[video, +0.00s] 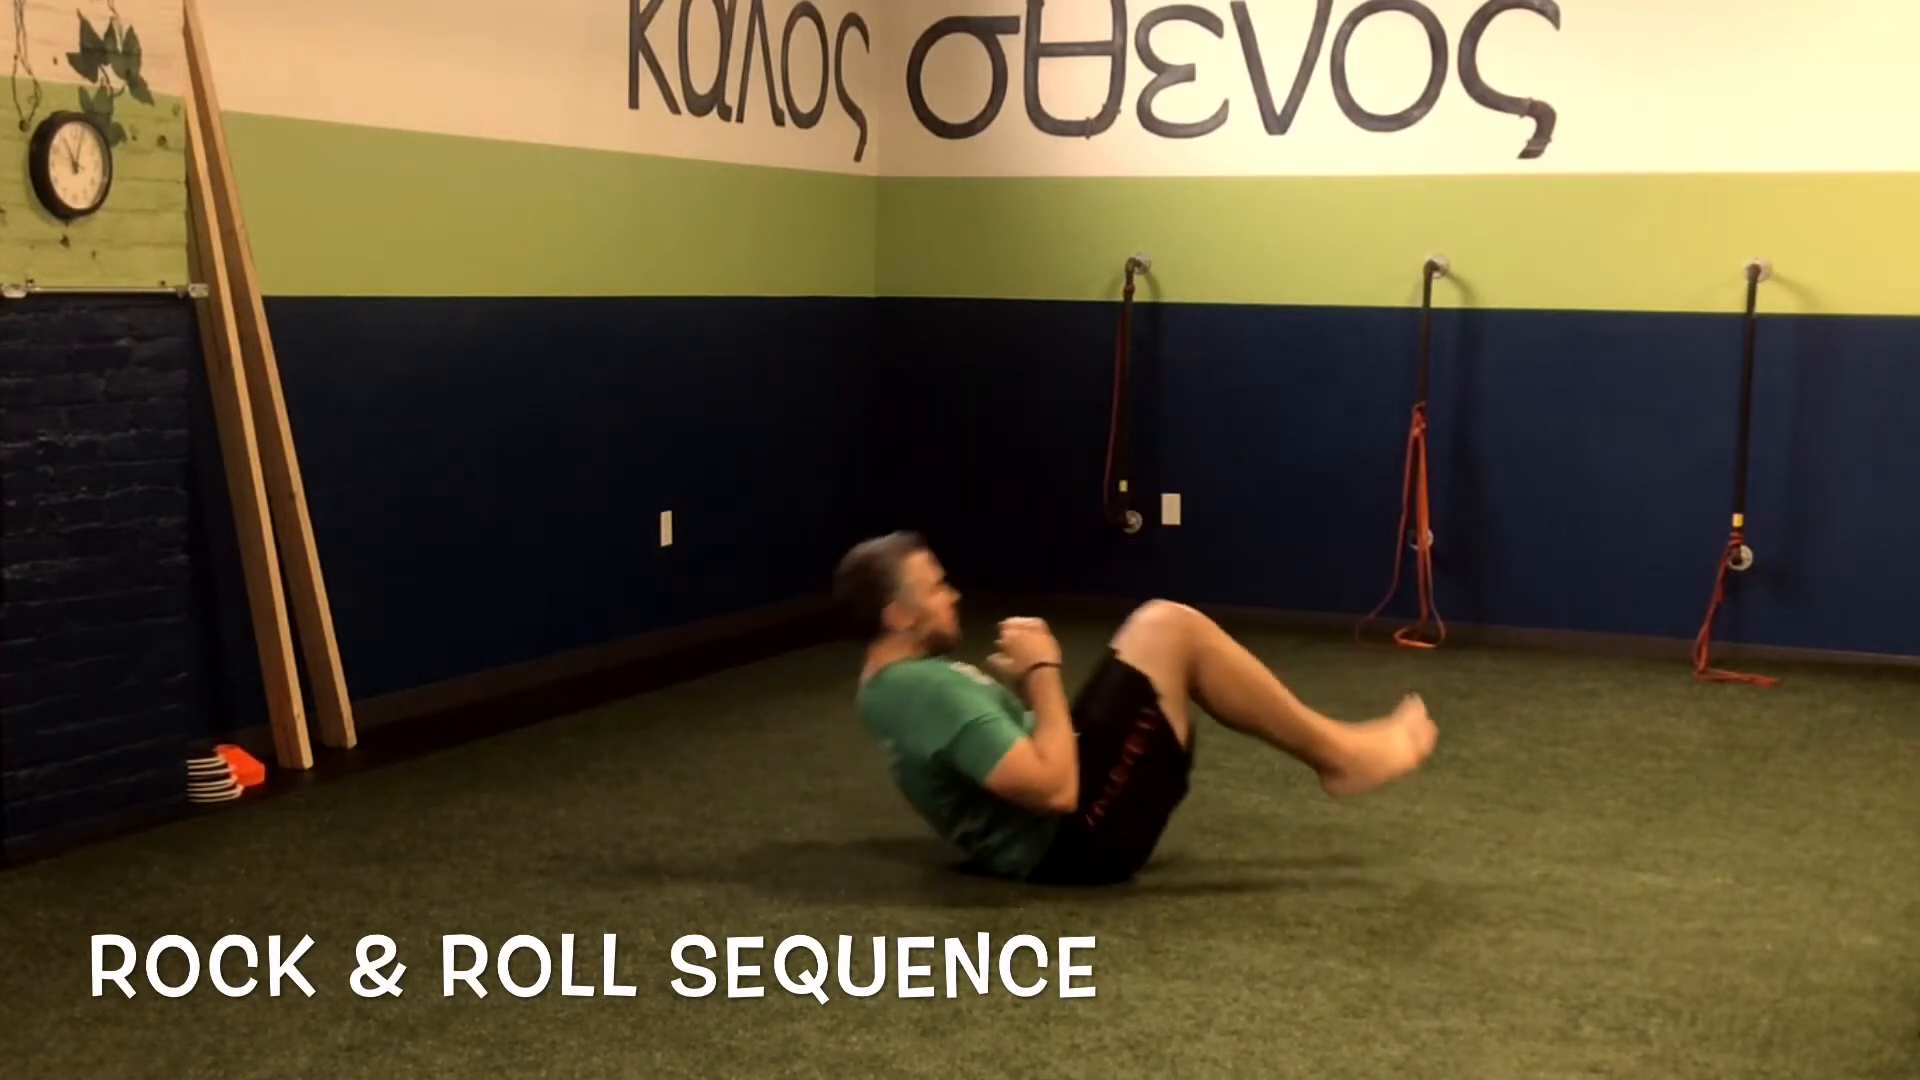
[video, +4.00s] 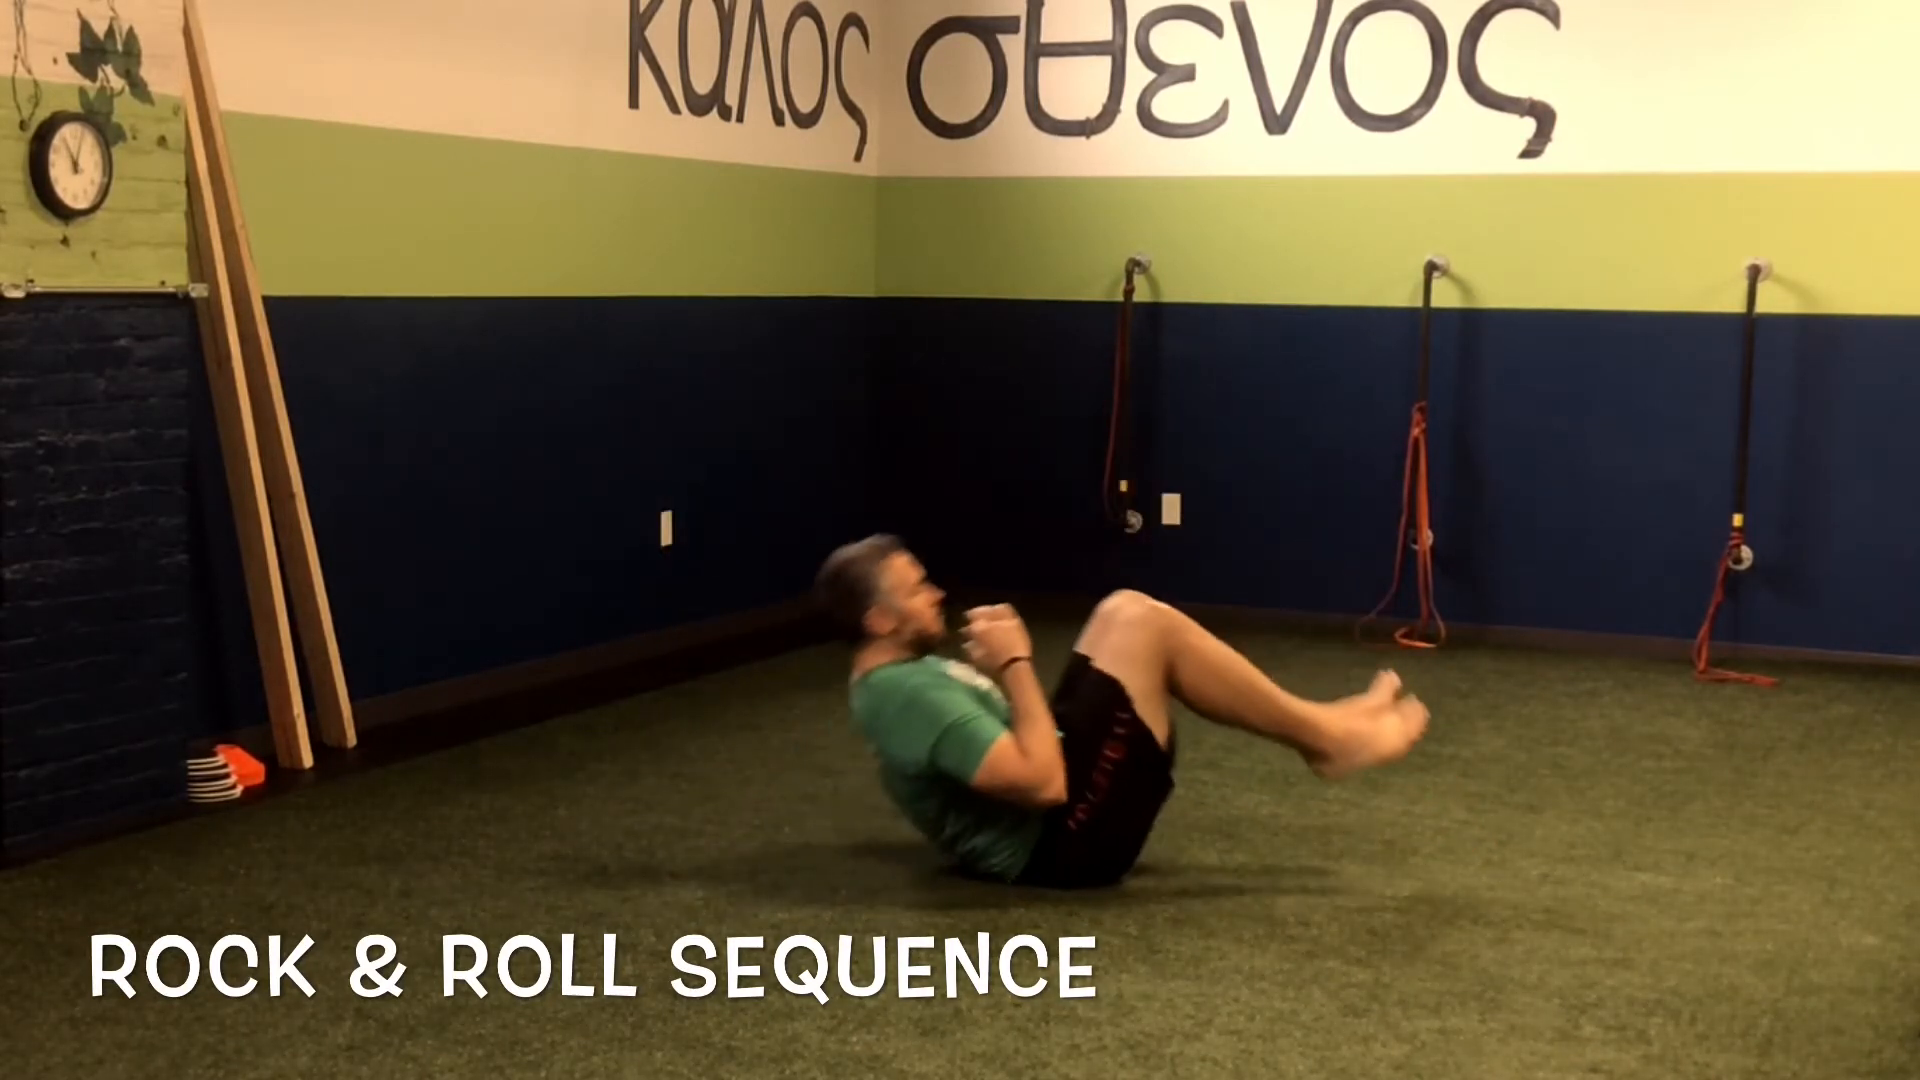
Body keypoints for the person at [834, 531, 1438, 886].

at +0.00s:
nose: (951, 591)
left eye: (940, 578)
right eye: (934, 584)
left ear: (894, 614)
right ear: (896, 615)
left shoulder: (899, 676)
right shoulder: (926, 692)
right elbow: (1056, 785)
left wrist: (1004, 682)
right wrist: (1044, 673)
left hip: (1050, 829)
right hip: (1077, 846)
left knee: (1159, 622)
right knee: (1169, 624)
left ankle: (1333, 749)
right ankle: (1342, 753)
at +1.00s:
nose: (1141, 541)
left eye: (1138, 527)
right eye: (1132, 527)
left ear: (1079, 534)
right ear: (1086, 535)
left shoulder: (1037, 602)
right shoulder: (1073, 624)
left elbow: (1090, 724)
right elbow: (1140, 768)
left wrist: (1147, 656)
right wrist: (1185, 673)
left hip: (1073, 820)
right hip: (1106, 841)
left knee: (1237, 660)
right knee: (1279, 678)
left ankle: (1382, 834)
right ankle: (1394, 847)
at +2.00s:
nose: (842, 641)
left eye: (829, 633)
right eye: (821, 643)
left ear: (811, 682)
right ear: (799, 688)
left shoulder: (861, 721)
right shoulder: (856, 748)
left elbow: (976, 773)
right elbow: (1001, 804)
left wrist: (940, 686)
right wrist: (950, 696)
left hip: (1050, 816)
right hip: (1063, 836)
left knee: (1010, 597)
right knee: (1016, 603)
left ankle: (1216, 558)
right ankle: (1224, 561)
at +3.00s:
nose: (686, 769)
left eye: (670, 775)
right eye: (673, 784)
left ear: (695, 828)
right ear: (692, 830)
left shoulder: (749, 817)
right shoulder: (766, 836)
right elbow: (865, 753)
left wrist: (737, 736)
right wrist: (747, 749)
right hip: (946, 693)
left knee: (734, 646)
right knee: (713, 670)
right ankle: (673, 453)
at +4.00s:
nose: (934, 591)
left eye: (923, 578)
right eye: (916, 586)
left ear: (886, 616)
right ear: (879, 620)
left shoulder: (898, 671)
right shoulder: (906, 696)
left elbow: (1025, 756)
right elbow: (1043, 779)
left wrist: (996, 661)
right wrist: (1016, 669)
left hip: (1045, 826)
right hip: (1062, 850)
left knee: (1126, 610)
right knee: (1137, 619)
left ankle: (1319, 731)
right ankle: (1333, 735)